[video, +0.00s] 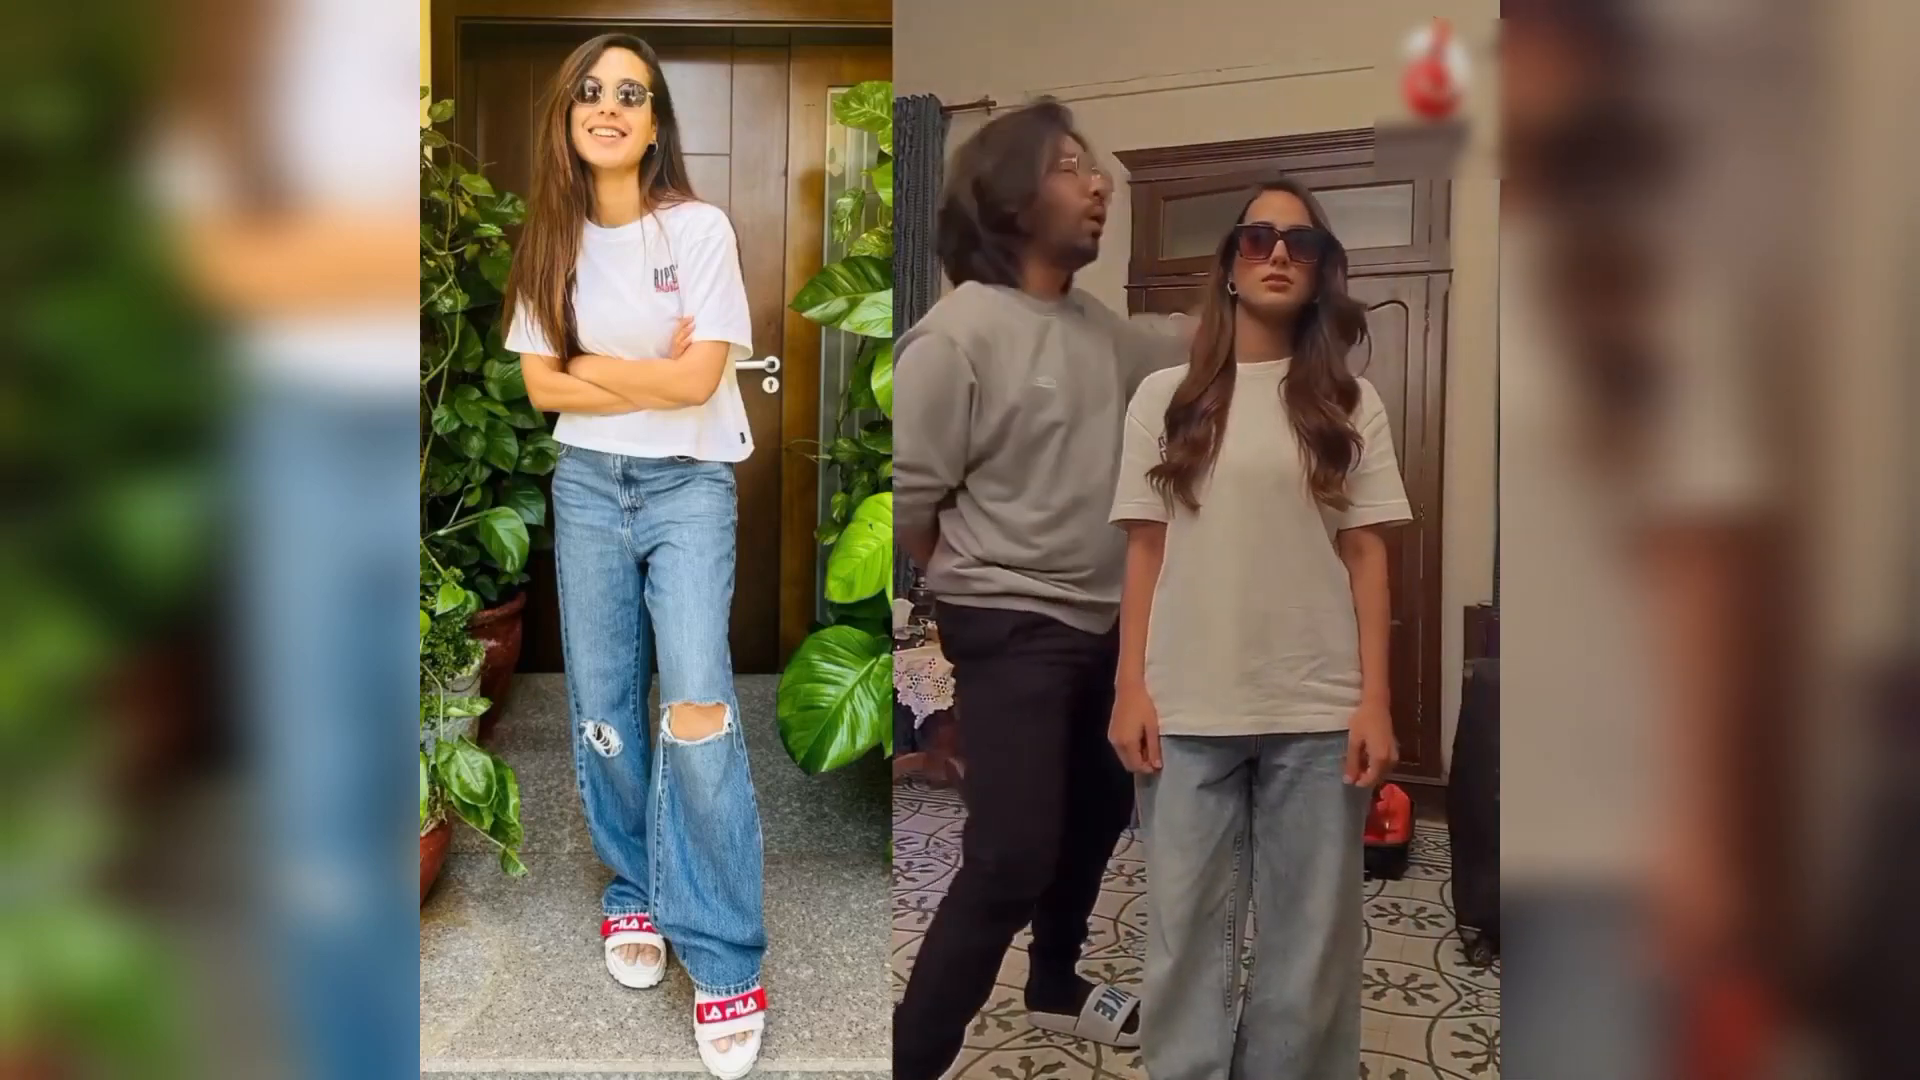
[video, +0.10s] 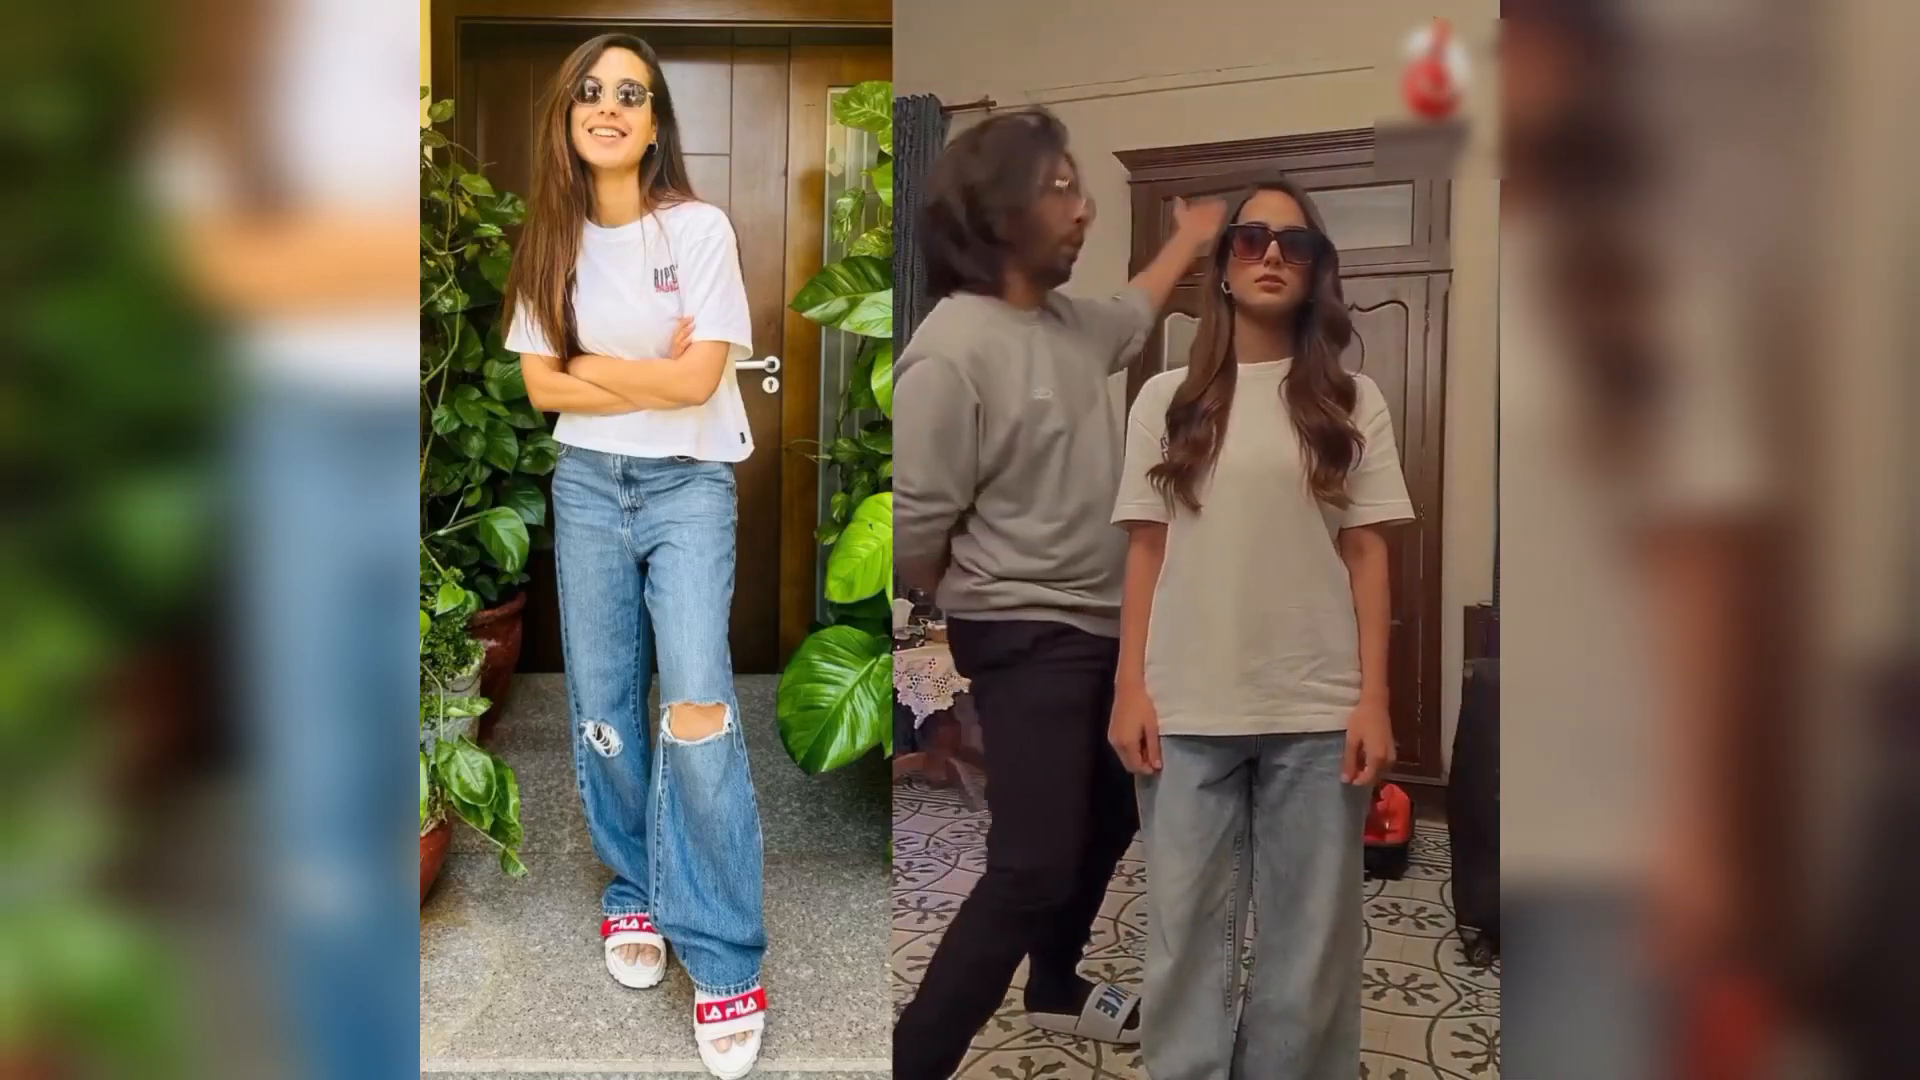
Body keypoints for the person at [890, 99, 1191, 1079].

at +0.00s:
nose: (1100, 186)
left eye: (1096, 170)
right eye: (1073, 168)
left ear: (1088, 192)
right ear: (1009, 192)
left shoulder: (1106, 329)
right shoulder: (955, 333)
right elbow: (908, 516)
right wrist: (951, 591)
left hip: (1107, 620)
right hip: (1002, 622)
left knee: (1092, 816)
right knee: (1011, 866)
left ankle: (1055, 986)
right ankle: (914, 1064)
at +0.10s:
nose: (1085, 209)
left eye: (1081, 189)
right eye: (1062, 191)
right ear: (997, 210)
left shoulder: (1074, 319)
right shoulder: (951, 343)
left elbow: (1139, 312)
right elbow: (918, 526)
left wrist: (1190, 236)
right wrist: (919, 613)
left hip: (1105, 623)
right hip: (1017, 631)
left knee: (1105, 820)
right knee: (1033, 867)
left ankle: (1055, 989)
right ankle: (914, 1065)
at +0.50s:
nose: (1077, 184)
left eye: (1074, 171)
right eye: (1048, 175)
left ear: (1078, 199)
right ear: (998, 209)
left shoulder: (1103, 329)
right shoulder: (992, 323)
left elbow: (1171, 317)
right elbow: (925, 481)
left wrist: (1236, 261)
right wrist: (954, 561)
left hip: (1112, 612)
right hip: (1024, 610)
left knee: (1099, 807)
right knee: (1006, 850)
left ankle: (1055, 987)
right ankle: (910, 1061)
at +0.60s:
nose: (1086, 186)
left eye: (1089, 176)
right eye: (1058, 176)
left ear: (1104, 210)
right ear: (1013, 213)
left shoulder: (1139, 346)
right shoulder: (1010, 316)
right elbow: (941, 462)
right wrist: (976, 559)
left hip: (1115, 610)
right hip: (1024, 603)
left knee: (1089, 812)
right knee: (990, 834)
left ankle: (1056, 987)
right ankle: (912, 1053)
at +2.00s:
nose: (1090, 224)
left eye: (1115, 214)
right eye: (1086, 212)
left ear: (1157, 245)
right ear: (1075, 238)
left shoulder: (1189, 354)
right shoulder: (1022, 336)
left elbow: (1207, 486)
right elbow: (964, 447)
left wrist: (1160, 564)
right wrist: (1016, 530)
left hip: (1127, 623)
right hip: (1012, 612)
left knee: (1105, 817)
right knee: (975, 821)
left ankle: (1057, 979)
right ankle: (934, 1055)